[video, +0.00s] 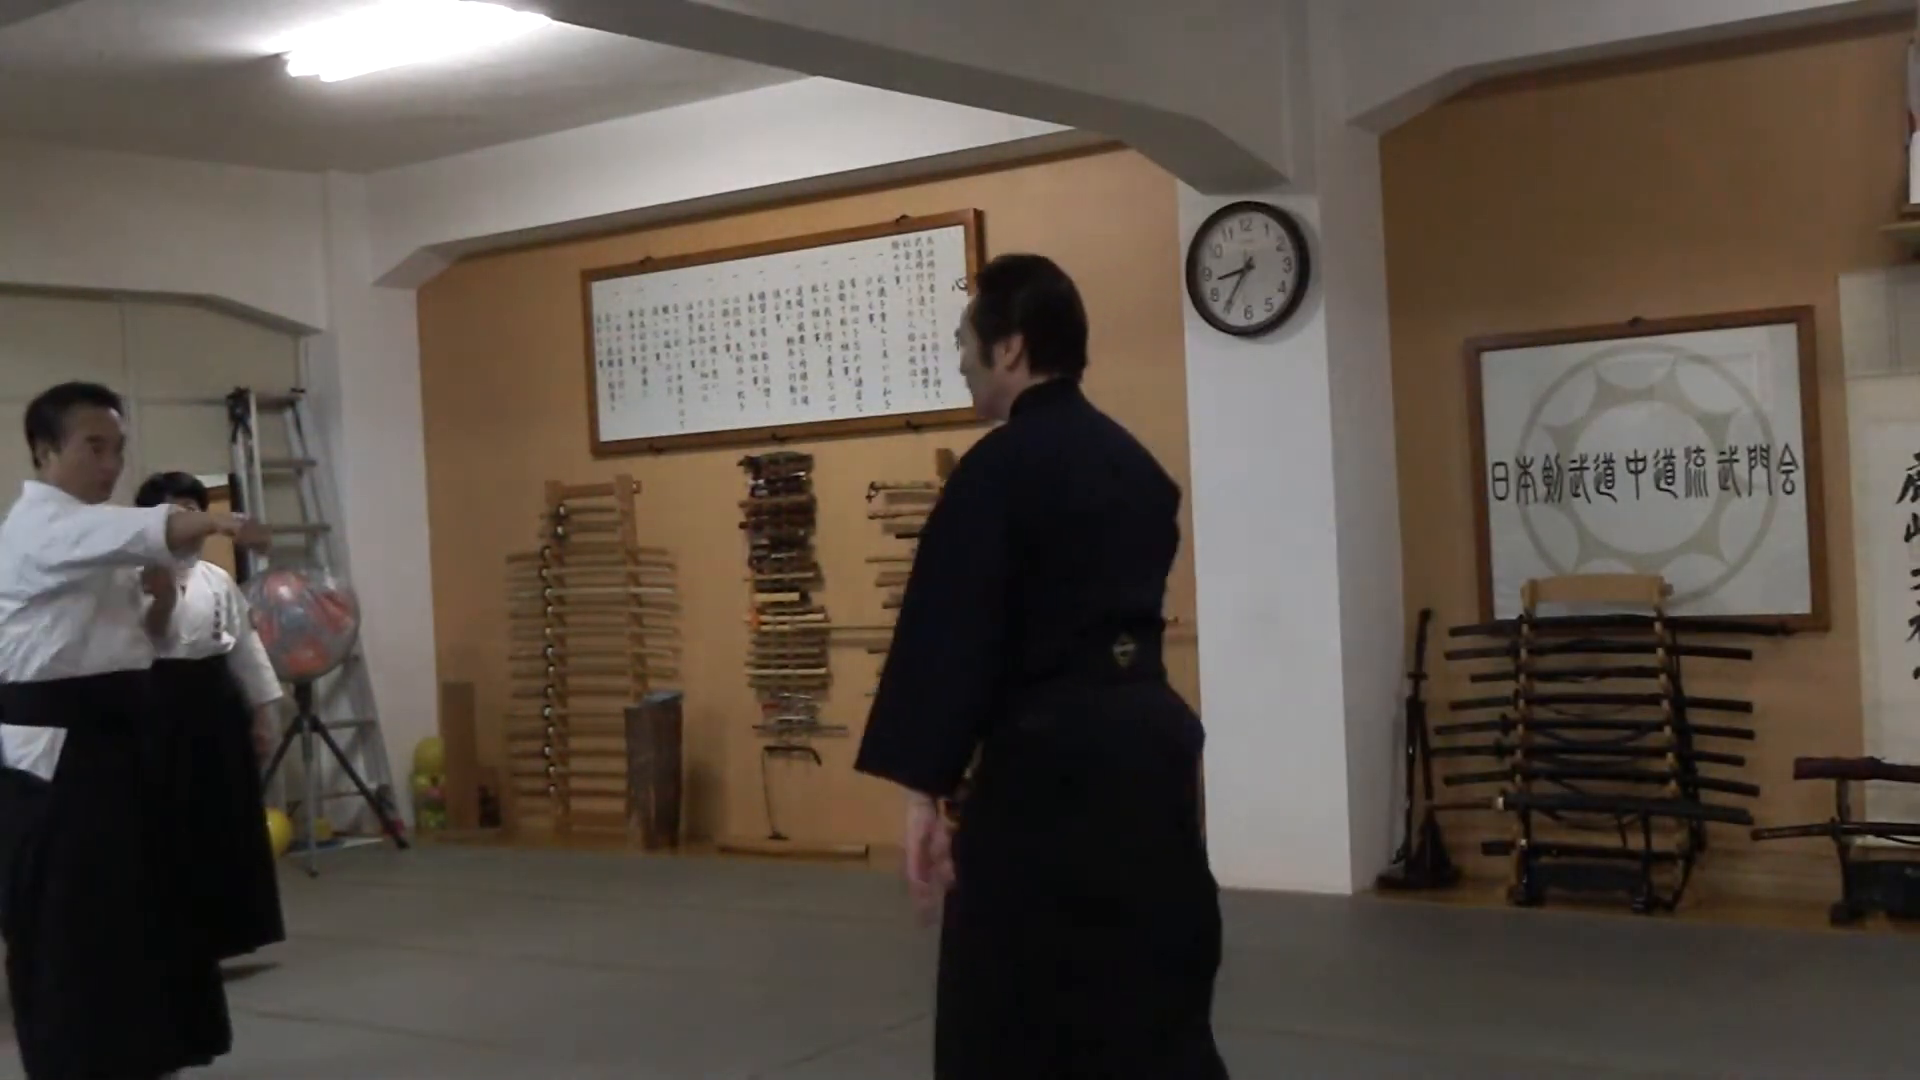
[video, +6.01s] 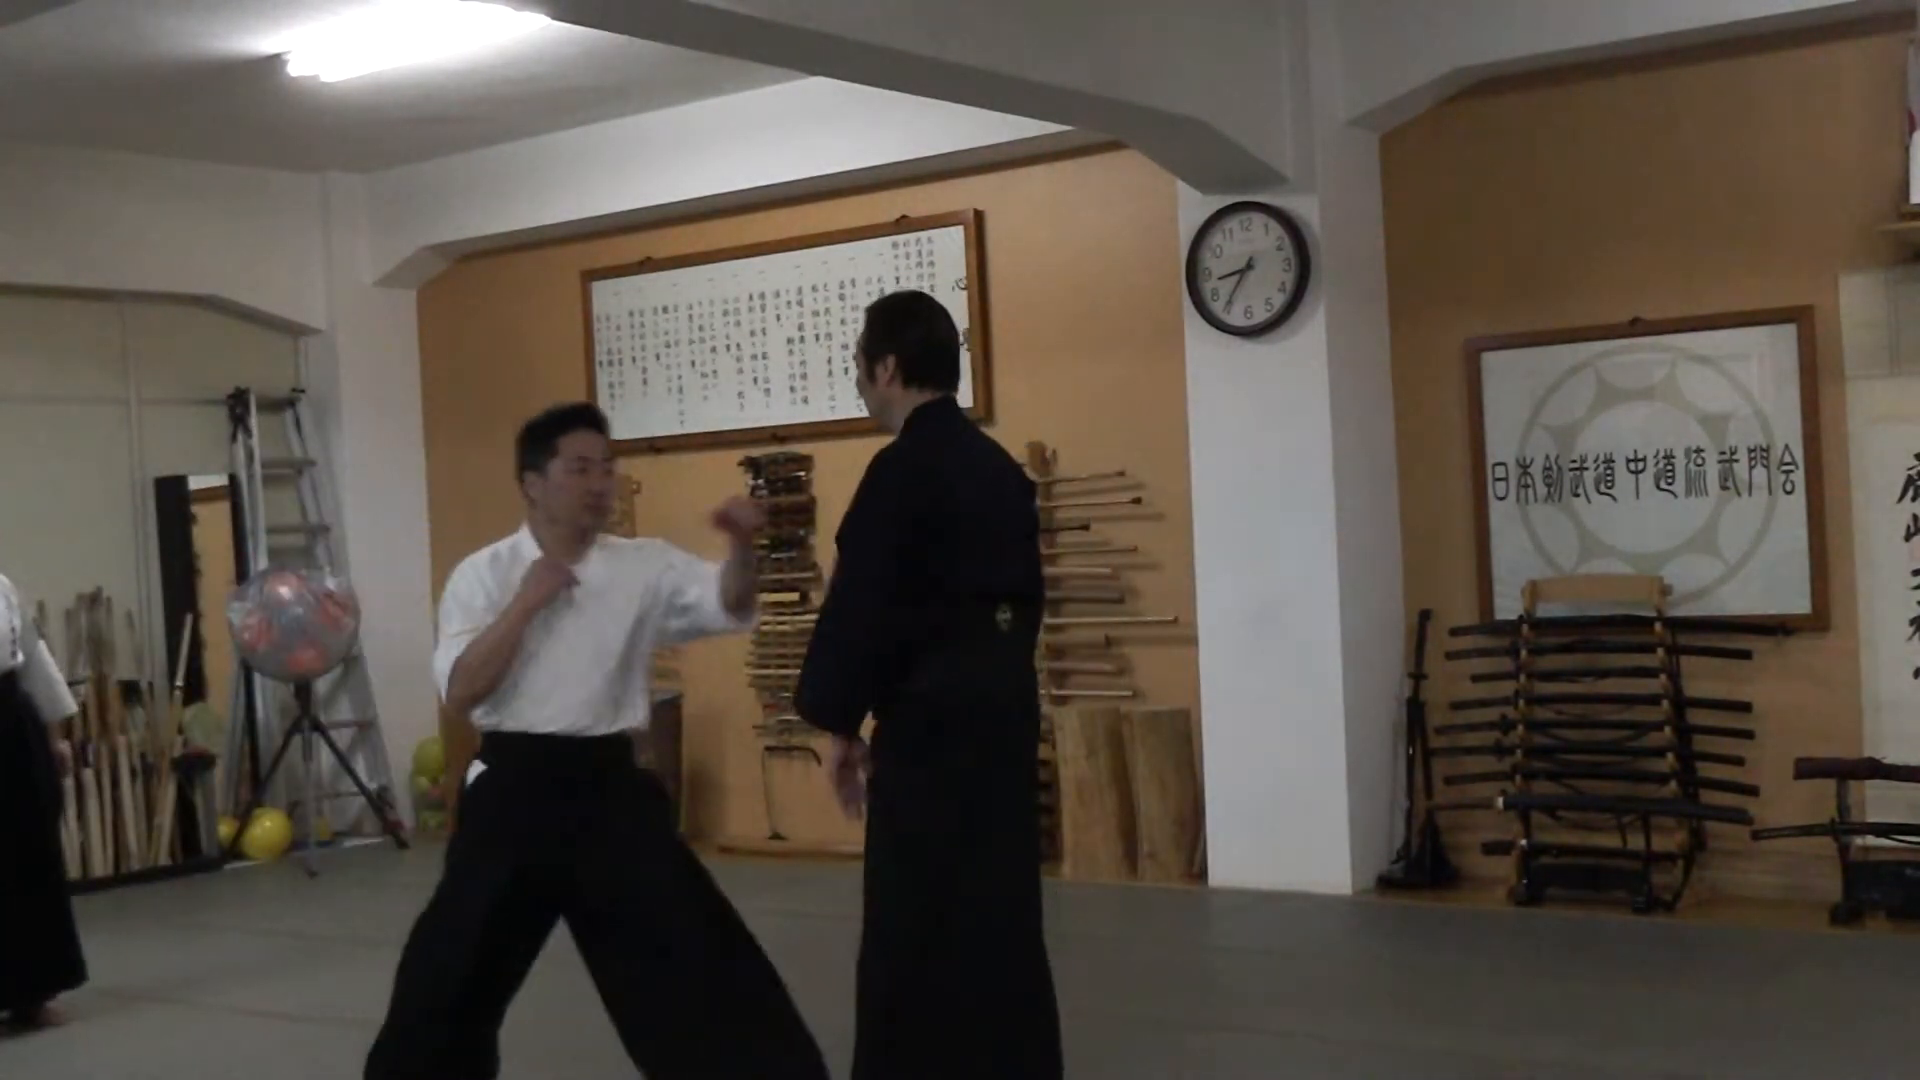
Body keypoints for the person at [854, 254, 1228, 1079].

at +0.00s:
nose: (961, 361)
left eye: (968, 341)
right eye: (962, 342)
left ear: (1013, 351)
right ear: (1059, 351)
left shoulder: (996, 469)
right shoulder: (1135, 465)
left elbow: (952, 633)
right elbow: (1113, 641)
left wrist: (926, 791)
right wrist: (968, 786)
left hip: (1034, 774)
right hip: (1148, 763)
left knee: (1012, 1001)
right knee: (1149, 995)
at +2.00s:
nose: (596, 389)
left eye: (599, 374)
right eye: (597, 374)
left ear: (629, 374)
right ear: (685, 375)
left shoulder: (612, 475)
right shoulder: (741, 473)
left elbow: (581, 614)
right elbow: (750, 611)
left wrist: (570, 737)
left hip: (657, 721)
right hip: (749, 712)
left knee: (650, 910)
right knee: (747, 903)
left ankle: (657, 1064)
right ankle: (761, 1063)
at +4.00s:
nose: (1068, 354)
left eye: (1074, 332)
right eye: (1067, 333)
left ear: (1120, 330)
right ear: (1142, 329)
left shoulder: (1138, 437)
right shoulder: (1219, 426)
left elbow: (1101, 599)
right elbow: (1219, 599)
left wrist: (1077, 753)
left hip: (1170, 737)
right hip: (1238, 721)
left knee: (1166, 964)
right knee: (1243, 952)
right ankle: (1254, 1070)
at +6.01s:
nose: (860, 382)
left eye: (863, 366)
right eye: (860, 367)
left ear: (890, 369)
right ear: (947, 369)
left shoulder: (899, 470)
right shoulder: (1002, 469)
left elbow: (860, 604)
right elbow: (998, 622)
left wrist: (839, 727)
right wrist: (890, 725)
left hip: (924, 741)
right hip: (1001, 734)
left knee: (911, 940)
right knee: (998, 933)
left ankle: (913, 1072)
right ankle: (1013, 1070)